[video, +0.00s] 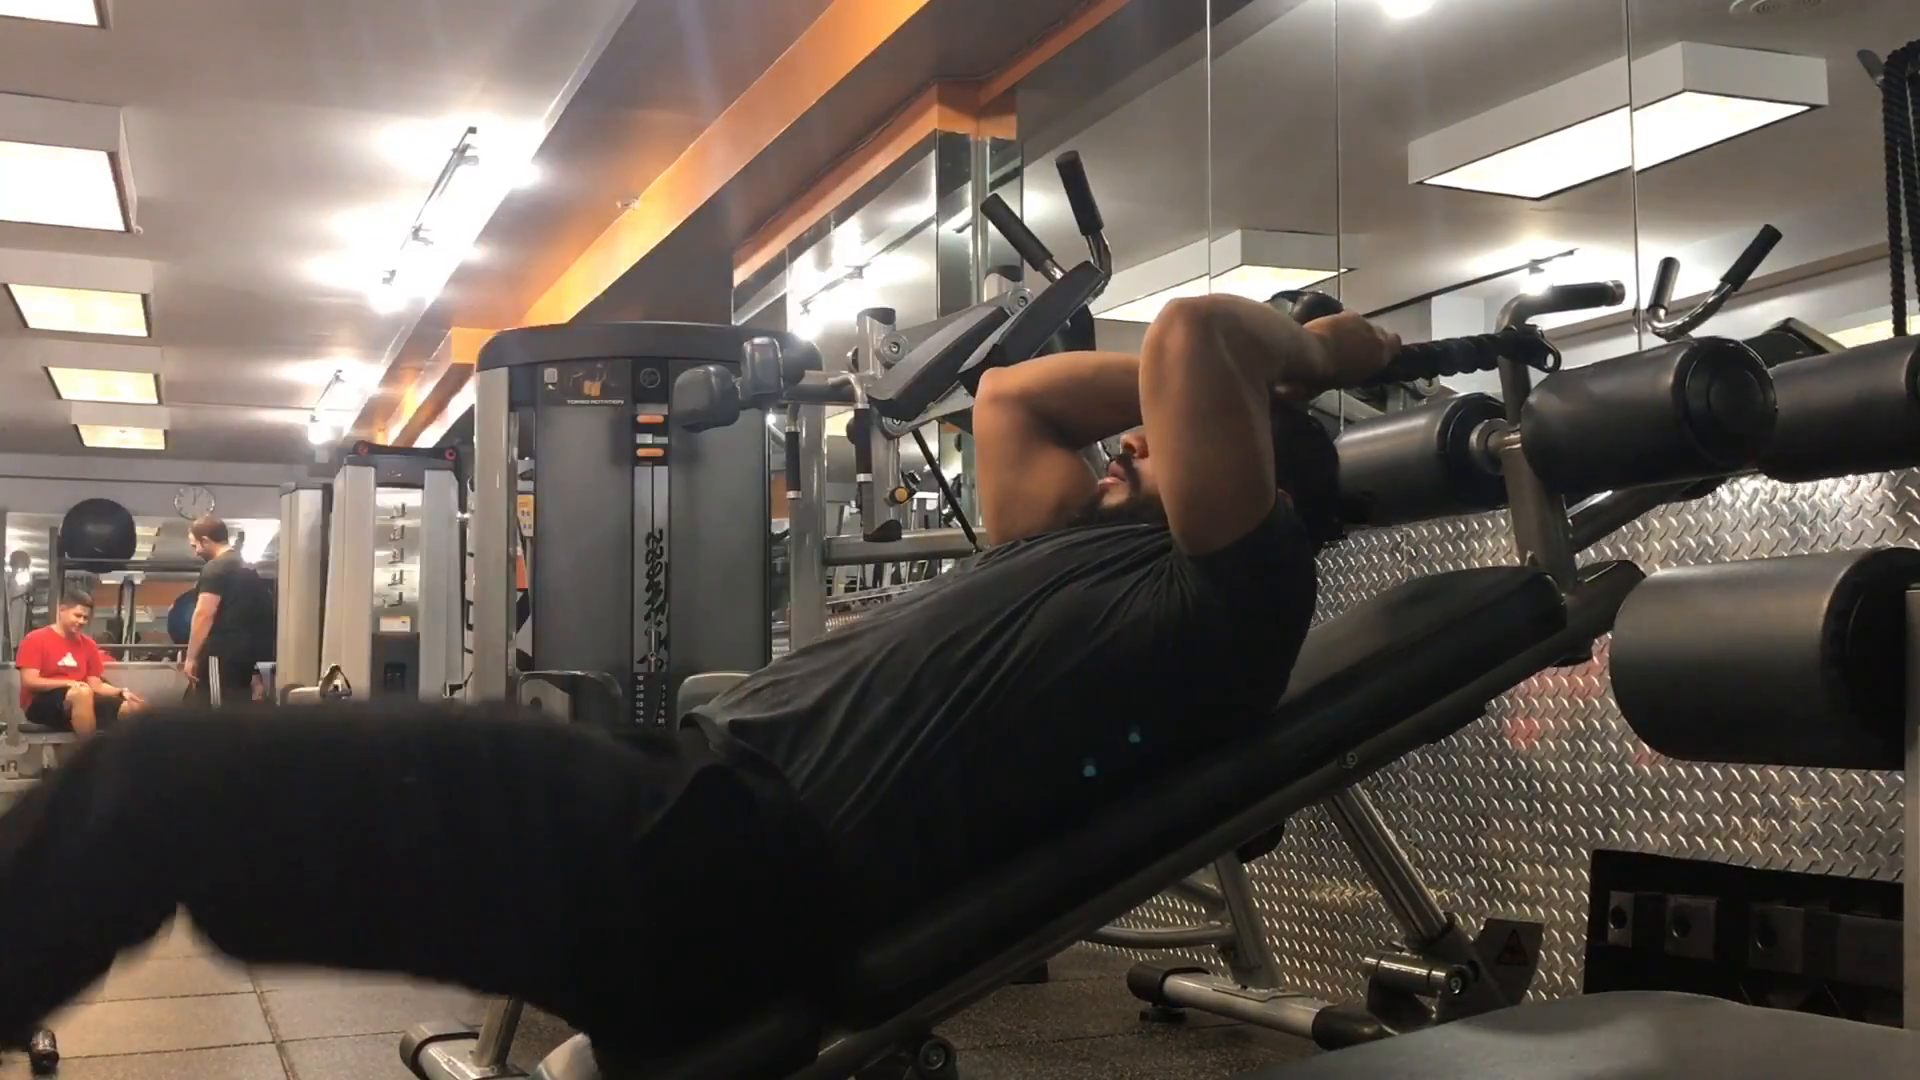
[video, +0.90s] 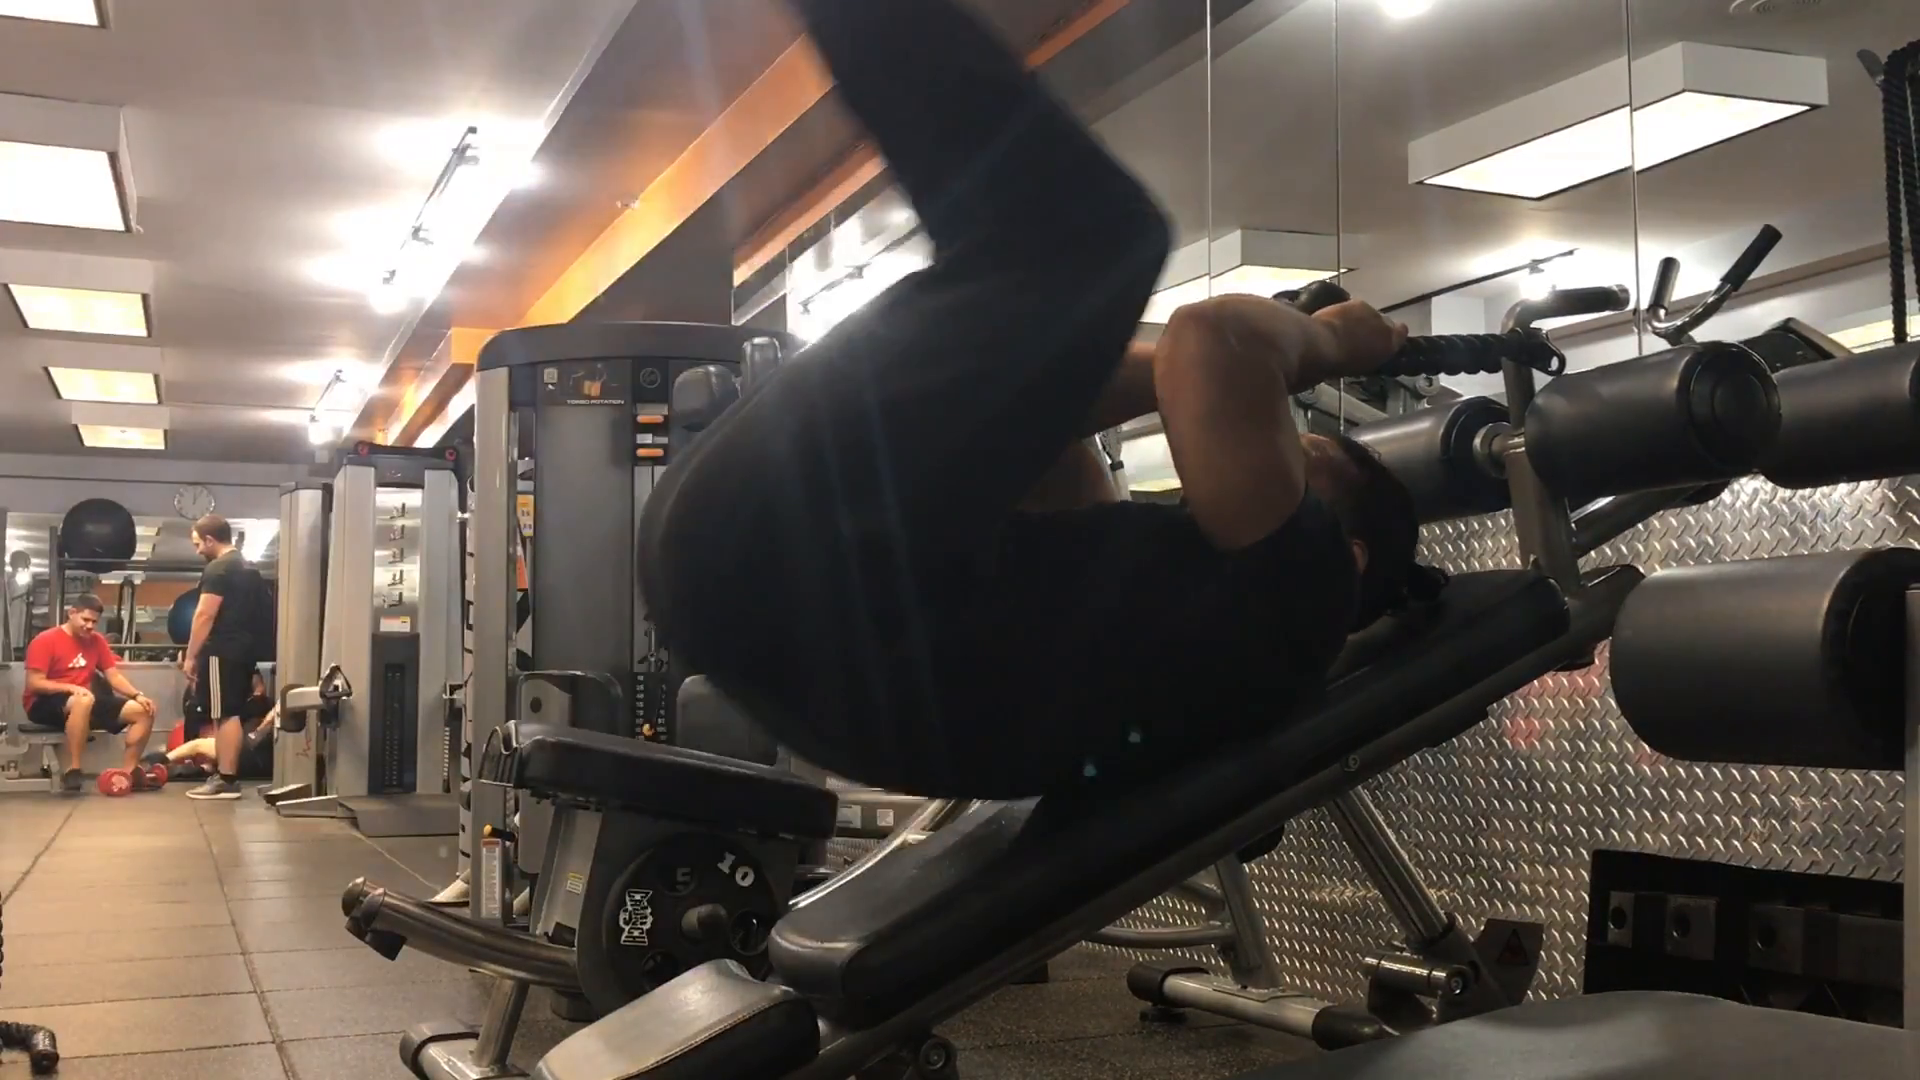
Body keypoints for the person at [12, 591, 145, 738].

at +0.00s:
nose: (82, 622)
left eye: (85, 618)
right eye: (77, 615)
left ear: (89, 619)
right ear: (61, 611)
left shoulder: (88, 644)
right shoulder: (35, 640)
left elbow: (95, 684)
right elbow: (30, 681)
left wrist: (120, 692)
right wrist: (69, 683)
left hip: (85, 701)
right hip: (42, 704)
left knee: (131, 707)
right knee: (82, 693)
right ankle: (93, 757)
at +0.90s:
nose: (89, 626)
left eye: (94, 622)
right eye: (85, 619)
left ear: (98, 622)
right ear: (71, 613)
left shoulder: (96, 641)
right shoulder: (45, 640)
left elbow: (113, 675)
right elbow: (34, 683)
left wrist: (137, 695)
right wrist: (73, 689)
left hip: (85, 703)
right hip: (44, 704)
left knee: (143, 712)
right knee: (83, 700)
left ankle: (128, 774)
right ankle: (74, 771)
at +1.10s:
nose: (90, 628)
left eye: (94, 623)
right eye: (86, 621)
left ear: (98, 623)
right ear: (72, 614)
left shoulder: (96, 642)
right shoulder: (46, 641)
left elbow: (112, 676)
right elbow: (36, 683)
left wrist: (137, 695)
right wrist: (72, 695)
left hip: (85, 701)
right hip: (45, 702)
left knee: (142, 712)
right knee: (70, 708)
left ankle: (128, 774)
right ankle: (65, 775)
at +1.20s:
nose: (89, 628)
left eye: (94, 623)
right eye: (86, 621)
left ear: (98, 623)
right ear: (72, 614)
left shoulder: (95, 643)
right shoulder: (46, 641)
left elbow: (112, 676)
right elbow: (34, 683)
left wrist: (137, 695)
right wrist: (65, 694)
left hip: (84, 701)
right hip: (45, 702)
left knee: (142, 712)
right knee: (65, 709)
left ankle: (127, 774)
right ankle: (65, 775)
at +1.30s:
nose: (88, 627)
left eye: (93, 623)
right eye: (84, 620)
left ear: (97, 623)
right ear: (71, 614)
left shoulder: (94, 643)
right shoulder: (45, 641)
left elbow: (112, 676)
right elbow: (32, 682)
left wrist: (137, 695)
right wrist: (63, 694)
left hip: (84, 701)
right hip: (45, 701)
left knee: (142, 712)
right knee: (62, 709)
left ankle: (127, 774)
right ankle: (65, 775)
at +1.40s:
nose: (86, 626)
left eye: (91, 622)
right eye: (83, 619)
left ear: (96, 622)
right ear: (69, 614)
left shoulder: (93, 643)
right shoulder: (44, 640)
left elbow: (110, 677)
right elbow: (31, 681)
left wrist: (136, 695)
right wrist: (63, 690)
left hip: (82, 701)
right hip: (43, 702)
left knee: (142, 712)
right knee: (61, 702)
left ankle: (126, 775)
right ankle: (63, 773)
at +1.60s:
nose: (85, 625)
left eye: (90, 621)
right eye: (81, 618)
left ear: (95, 622)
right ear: (69, 613)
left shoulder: (93, 643)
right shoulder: (43, 639)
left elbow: (110, 678)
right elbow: (28, 679)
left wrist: (135, 695)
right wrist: (60, 683)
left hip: (81, 702)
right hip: (41, 703)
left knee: (142, 712)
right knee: (60, 691)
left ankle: (127, 775)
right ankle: (59, 759)